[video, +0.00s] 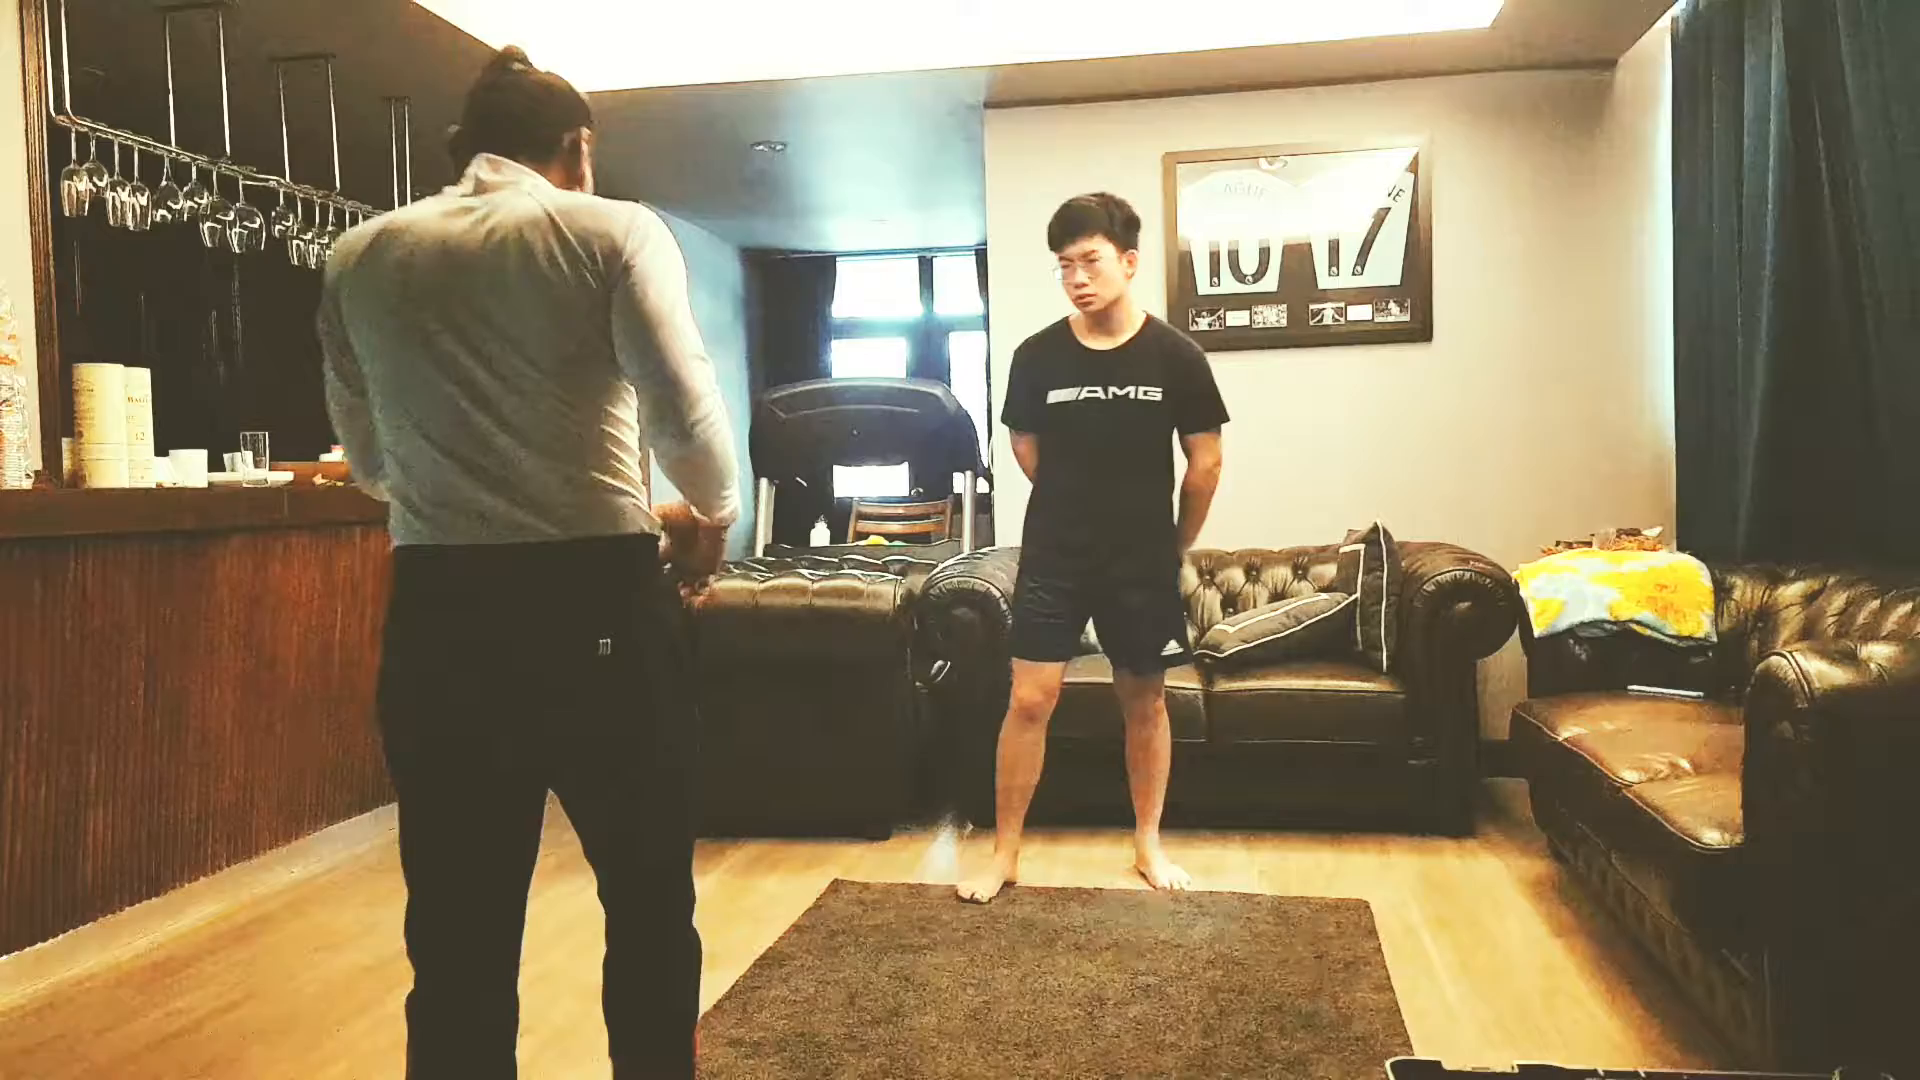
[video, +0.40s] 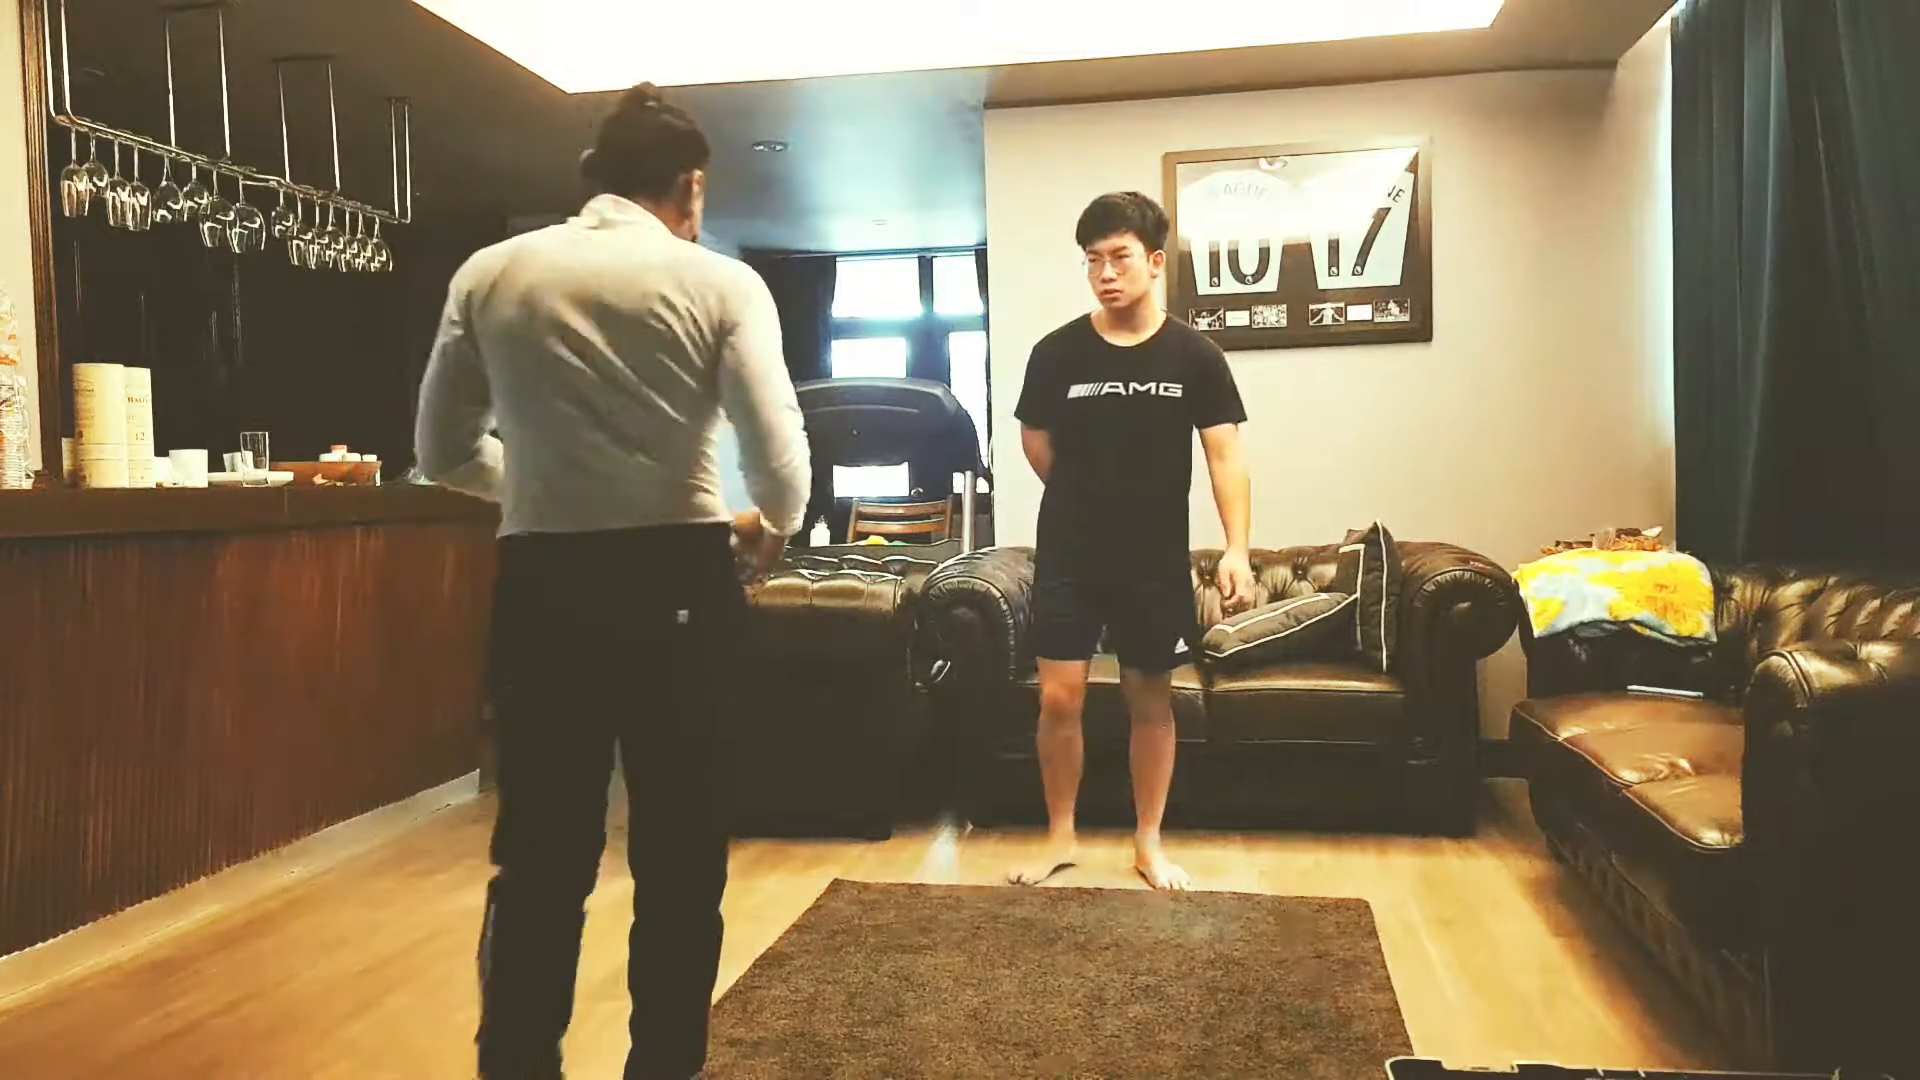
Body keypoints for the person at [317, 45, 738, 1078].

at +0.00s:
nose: (592, 179)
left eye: (589, 164)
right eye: (592, 161)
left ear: (468, 151)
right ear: (573, 152)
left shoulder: (355, 256)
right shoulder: (611, 231)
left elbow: (368, 459)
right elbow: (689, 419)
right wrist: (709, 530)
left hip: (442, 621)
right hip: (601, 614)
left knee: (456, 940)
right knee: (651, 909)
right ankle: (655, 1068)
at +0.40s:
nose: (703, 220)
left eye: (700, 199)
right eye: (701, 199)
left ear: (592, 185)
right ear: (681, 191)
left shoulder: (488, 275)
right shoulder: (724, 284)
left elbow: (446, 455)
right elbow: (784, 465)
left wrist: (532, 482)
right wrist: (773, 530)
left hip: (544, 589)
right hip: (679, 587)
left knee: (540, 856)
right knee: (681, 860)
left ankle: (515, 1068)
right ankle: (665, 1066)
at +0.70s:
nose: (756, 229)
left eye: (754, 211)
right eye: (754, 211)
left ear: (658, 206)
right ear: (732, 206)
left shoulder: (557, 304)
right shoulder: (767, 303)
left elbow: (497, 462)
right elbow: (798, 483)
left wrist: (559, 566)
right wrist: (784, 584)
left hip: (604, 582)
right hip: (725, 577)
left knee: (634, 801)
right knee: (712, 817)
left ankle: (651, 997)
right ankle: (665, 1059)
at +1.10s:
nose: (794, 241)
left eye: (792, 225)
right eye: (788, 226)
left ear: (708, 229)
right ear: (756, 226)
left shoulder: (646, 319)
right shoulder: (779, 310)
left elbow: (603, 473)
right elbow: (794, 465)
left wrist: (673, 537)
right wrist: (840, 567)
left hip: (658, 574)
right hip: (752, 575)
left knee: (676, 794)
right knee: (820, 795)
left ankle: (705, 994)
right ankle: (693, 1005)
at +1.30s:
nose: (813, 249)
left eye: (813, 233)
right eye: (808, 232)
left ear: (743, 229)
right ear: (775, 227)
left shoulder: (695, 308)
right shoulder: (766, 311)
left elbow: (725, 465)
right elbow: (789, 460)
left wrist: (821, 510)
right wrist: (860, 442)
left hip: (703, 560)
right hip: (755, 564)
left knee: (731, 779)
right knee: (787, 784)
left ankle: (727, 988)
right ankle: (739, 1006)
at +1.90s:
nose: (852, 270)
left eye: (847, 256)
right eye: (845, 257)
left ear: (776, 268)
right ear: (823, 264)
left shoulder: (732, 349)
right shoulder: (825, 351)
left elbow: (776, 448)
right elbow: (900, 450)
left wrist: (869, 387)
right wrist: (919, 377)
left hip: (761, 549)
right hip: (827, 551)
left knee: (801, 725)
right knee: (841, 745)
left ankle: (798, 885)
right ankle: (763, 958)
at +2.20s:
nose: (864, 281)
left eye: (858, 268)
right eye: (860, 269)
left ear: (786, 280)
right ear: (845, 275)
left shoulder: (735, 348)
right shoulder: (883, 348)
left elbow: (713, 457)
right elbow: (968, 446)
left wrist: (779, 433)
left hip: (769, 549)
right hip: (855, 543)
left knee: (784, 721)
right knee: (890, 715)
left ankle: (785, 914)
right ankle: (839, 897)